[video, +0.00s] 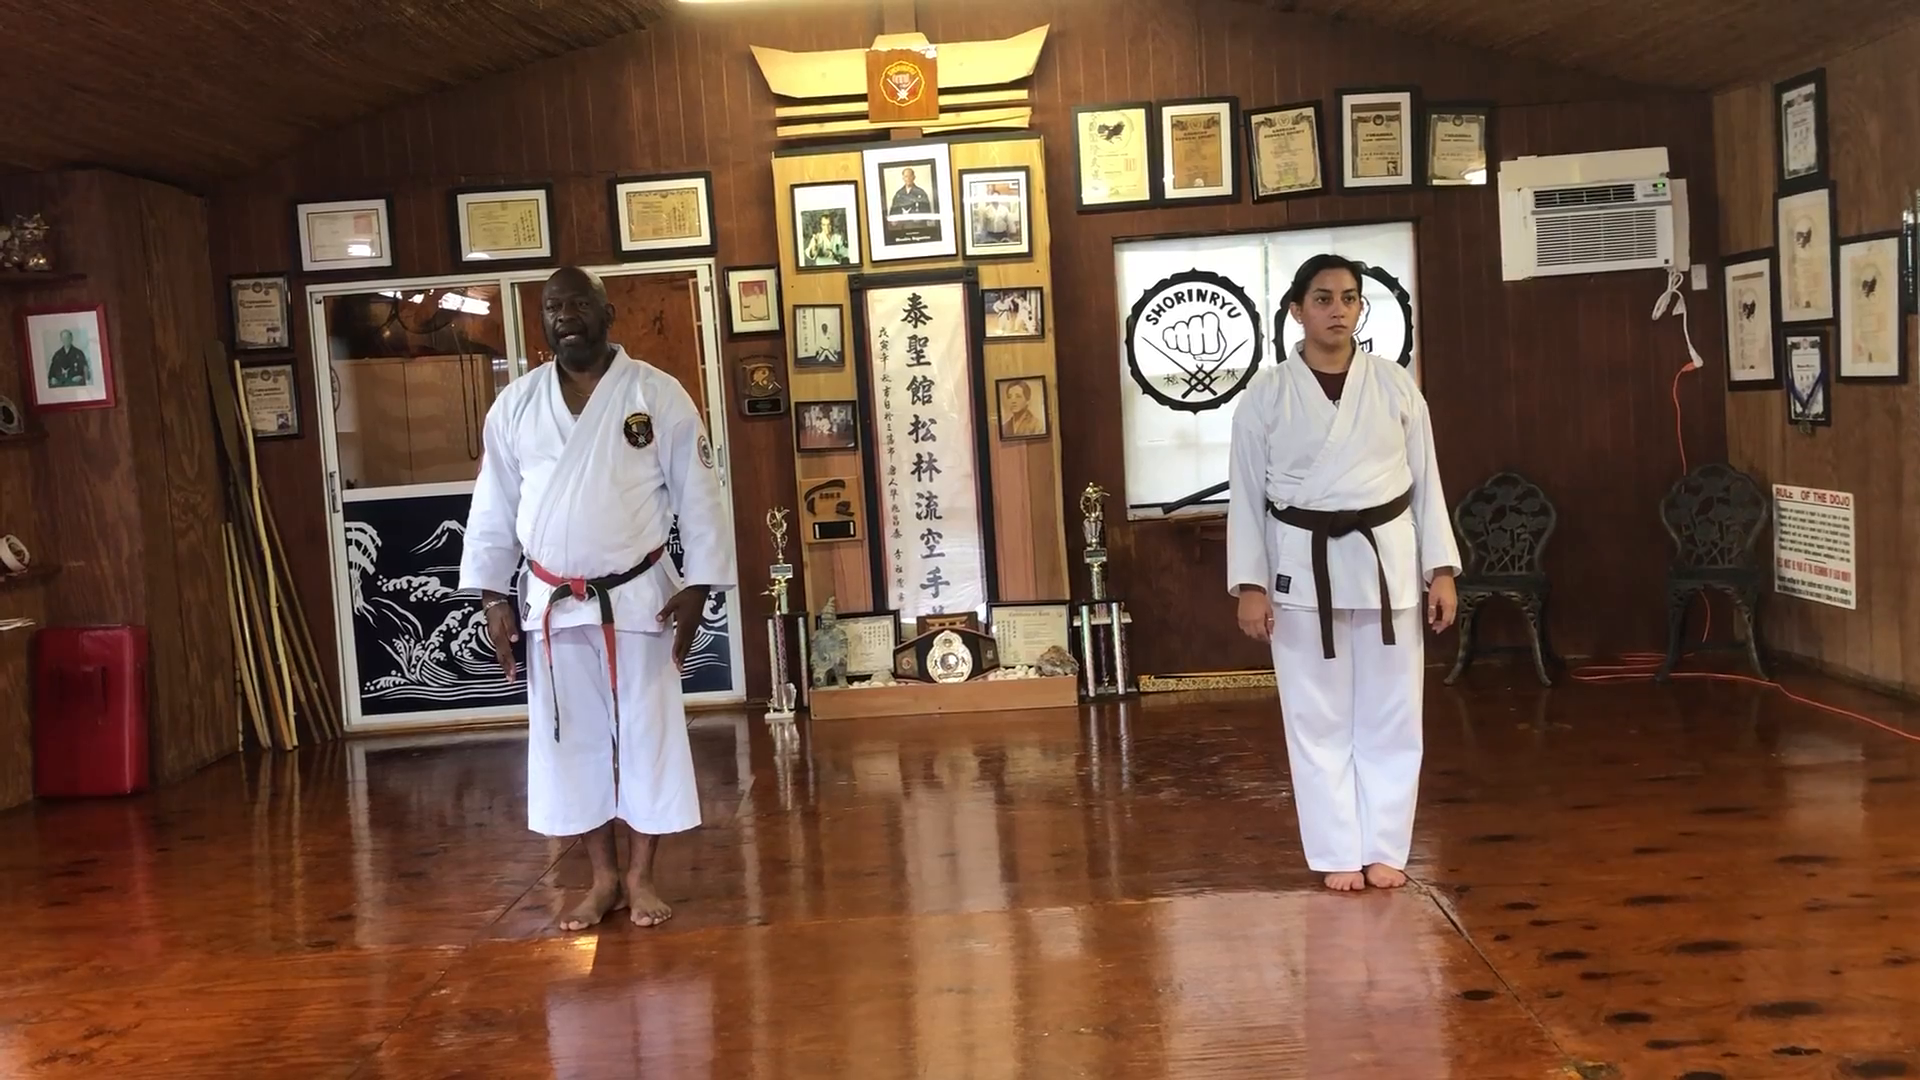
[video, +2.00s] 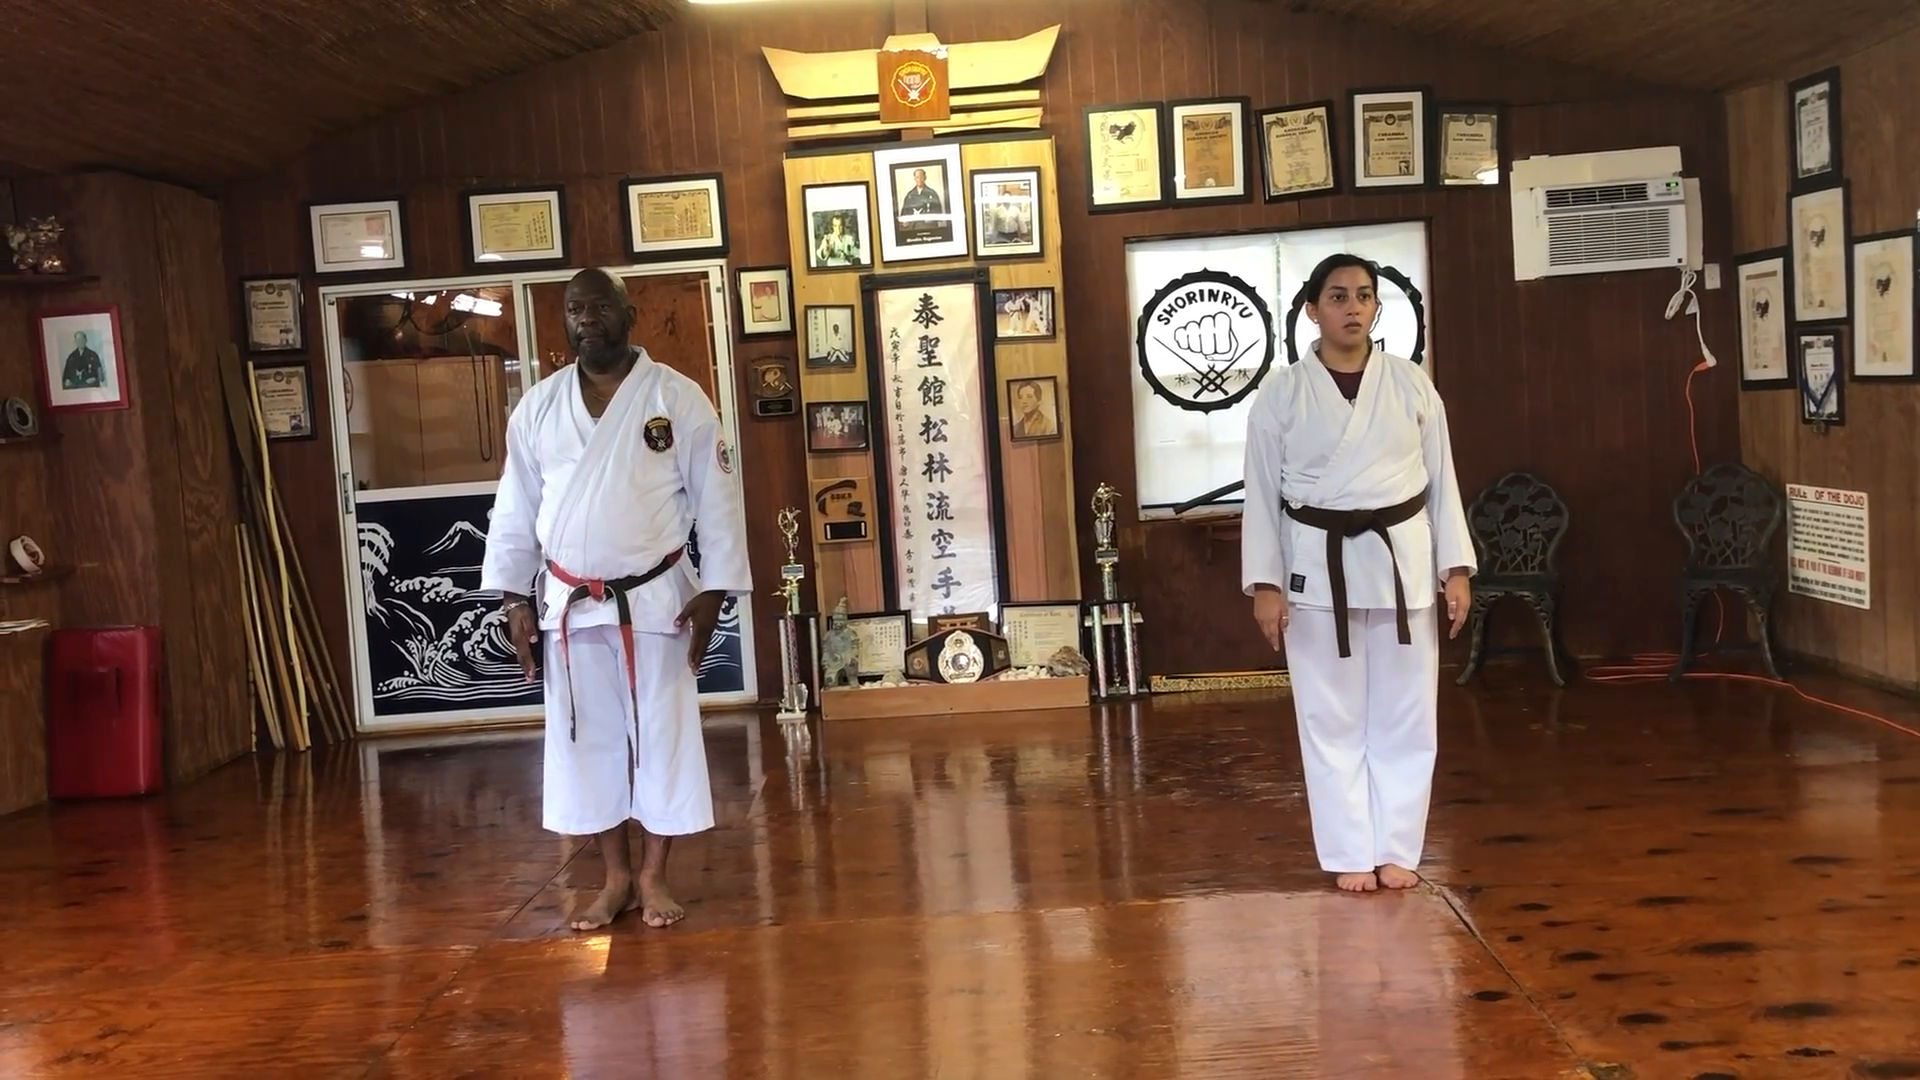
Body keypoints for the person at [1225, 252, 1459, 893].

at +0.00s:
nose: (1339, 309)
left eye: (1349, 298)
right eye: (1324, 298)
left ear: (1361, 310)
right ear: (1297, 310)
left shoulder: (1395, 384)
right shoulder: (1264, 394)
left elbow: (1424, 483)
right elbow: (1246, 495)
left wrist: (1441, 569)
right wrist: (1249, 582)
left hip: (1389, 567)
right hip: (1301, 573)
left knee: (1390, 716)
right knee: (1319, 719)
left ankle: (1385, 853)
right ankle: (1337, 857)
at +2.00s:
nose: (1354, 307)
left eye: (1364, 296)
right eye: (1338, 296)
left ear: (1377, 308)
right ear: (1312, 309)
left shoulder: (1410, 382)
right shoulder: (1279, 393)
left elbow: (1440, 482)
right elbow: (1261, 494)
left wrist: (1455, 566)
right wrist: (1264, 582)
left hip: (1404, 567)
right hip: (1316, 572)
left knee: (1404, 715)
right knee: (1333, 718)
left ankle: (1397, 853)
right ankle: (1350, 857)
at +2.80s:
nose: (1353, 312)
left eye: (1364, 300)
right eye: (1338, 300)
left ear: (1377, 313)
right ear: (1312, 313)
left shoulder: (1410, 387)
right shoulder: (1278, 397)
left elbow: (1439, 486)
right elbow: (1259, 499)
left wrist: (1452, 571)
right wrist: (1264, 586)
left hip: (1403, 569)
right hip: (1315, 573)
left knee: (1403, 718)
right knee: (1332, 721)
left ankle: (1397, 857)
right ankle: (1350, 861)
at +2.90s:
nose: (1354, 315)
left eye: (1365, 304)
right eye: (1339, 304)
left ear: (1377, 314)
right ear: (1313, 314)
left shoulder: (1410, 386)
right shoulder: (1279, 397)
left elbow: (1438, 484)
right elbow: (1258, 498)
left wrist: (1449, 571)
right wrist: (1265, 586)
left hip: (1401, 566)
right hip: (1313, 571)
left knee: (1401, 717)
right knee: (1331, 721)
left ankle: (1397, 858)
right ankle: (1349, 862)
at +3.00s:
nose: (1357, 322)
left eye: (1368, 311)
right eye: (1343, 311)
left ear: (1380, 318)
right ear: (1316, 318)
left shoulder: (1412, 386)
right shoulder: (1280, 395)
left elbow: (1437, 486)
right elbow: (1258, 499)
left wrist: (1441, 577)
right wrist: (1270, 590)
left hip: (1398, 564)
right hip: (1313, 568)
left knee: (1398, 717)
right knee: (1330, 721)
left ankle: (1395, 859)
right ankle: (1348, 863)